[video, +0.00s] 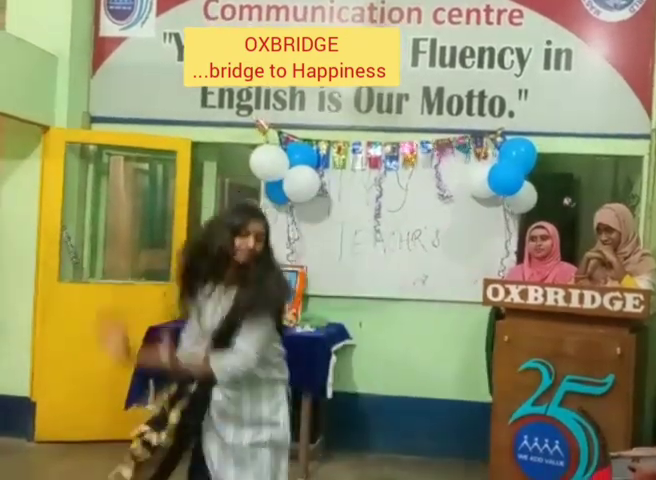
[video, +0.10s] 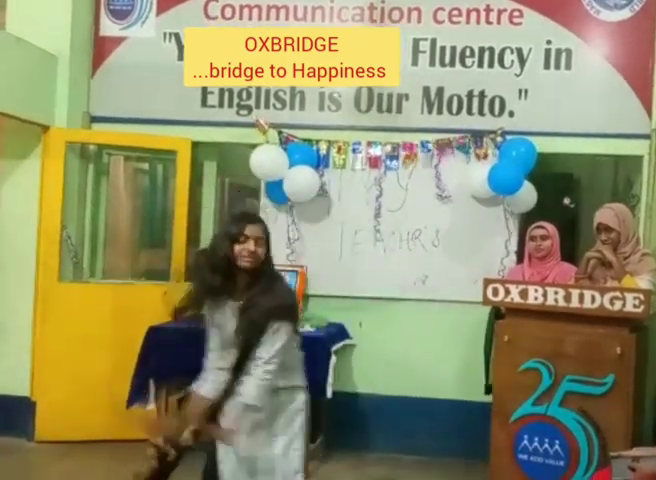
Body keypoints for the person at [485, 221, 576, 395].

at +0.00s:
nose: (538, 244)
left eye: (544, 239)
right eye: (533, 239)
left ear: (554, 242)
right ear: (527, 244)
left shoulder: (568, 272)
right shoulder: (515, 272)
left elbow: (572, 310)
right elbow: (503, 310)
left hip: (555, 341)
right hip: (518, 341)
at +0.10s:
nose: (538, 244)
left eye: (544, 239)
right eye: (533, 239)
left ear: (554, 242)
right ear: (526, 243)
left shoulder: (568, 272)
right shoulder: (515, 272)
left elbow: (571, 310)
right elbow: (502, 309)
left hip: (556, 341)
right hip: (519, 340)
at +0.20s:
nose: (538, 243)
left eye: (544, 238)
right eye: (533, 238)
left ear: (554, 242)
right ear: (526, 243)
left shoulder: (569, 273)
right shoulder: (515, 272)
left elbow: (573, 309)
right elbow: (503, 307)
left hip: (556, 339)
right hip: (519, 339)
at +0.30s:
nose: (539, 240)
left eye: (544, 235)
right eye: (533, 236)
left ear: (554, 240)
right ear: (527, 241)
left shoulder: (569, 270)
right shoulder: (515, 270)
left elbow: (572, 307)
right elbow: (503, 306)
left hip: (556, 337)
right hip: (519, 337)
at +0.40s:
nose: (539, 241)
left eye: (544, 236)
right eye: (534, 236)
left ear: (554, 240)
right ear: (527, 241)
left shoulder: (569, 271)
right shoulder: (515, 270)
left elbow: (573, 308)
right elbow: (502, 306)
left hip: (556, 337)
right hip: (519, 336)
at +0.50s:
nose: (539, 240)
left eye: (544, 236)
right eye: (534, 236)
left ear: (554, 240)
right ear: (527, 241)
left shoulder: (569, 270)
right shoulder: (515, 270)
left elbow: (572, 308)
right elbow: (503, 306)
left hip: (556, 338)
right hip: (519, 337)